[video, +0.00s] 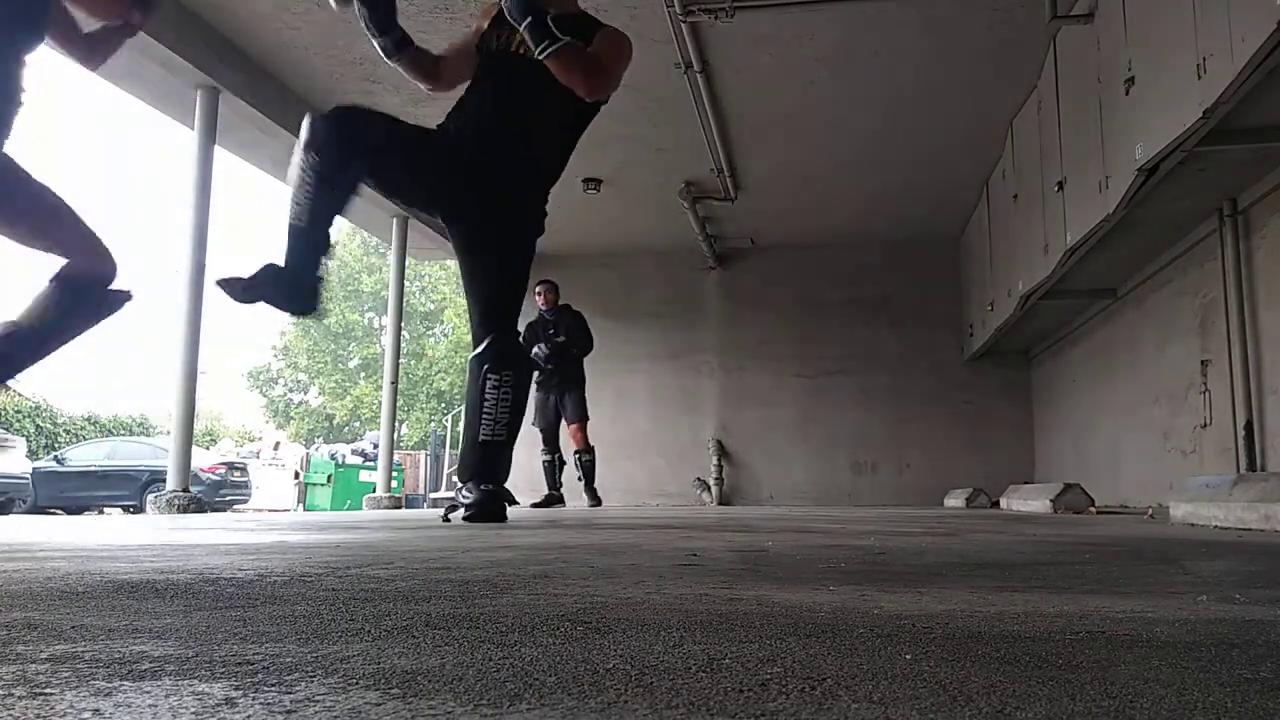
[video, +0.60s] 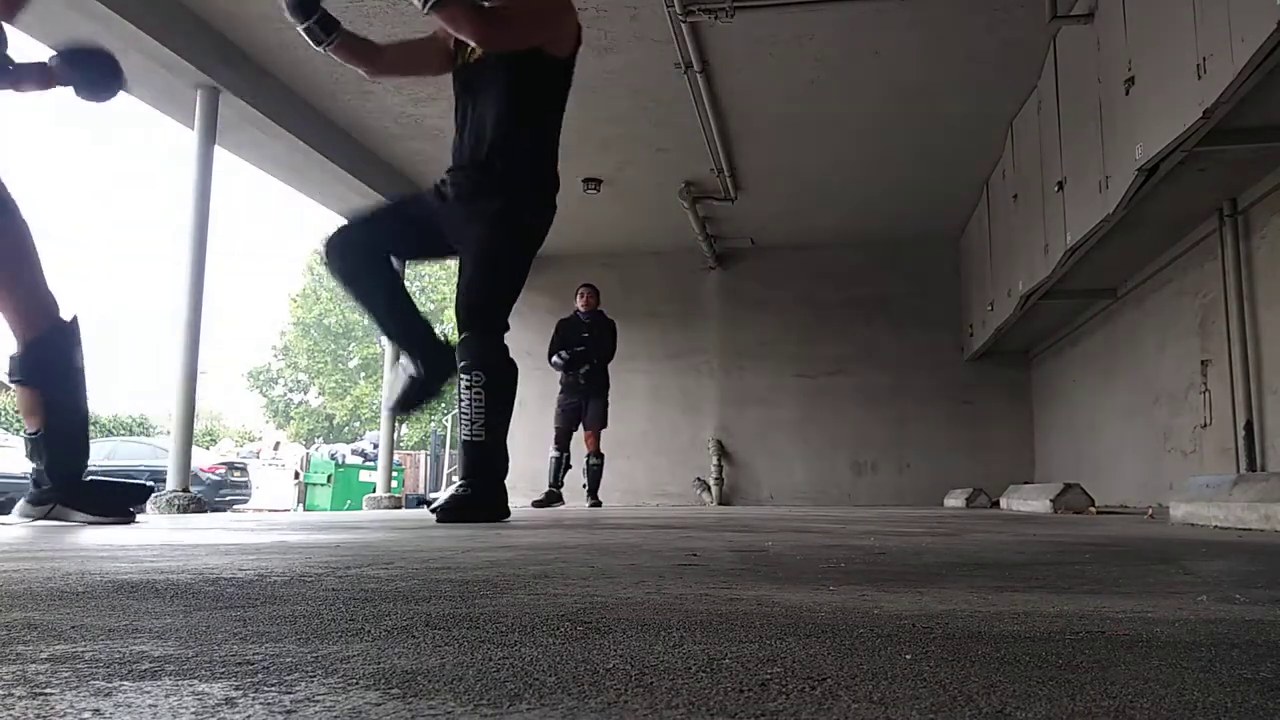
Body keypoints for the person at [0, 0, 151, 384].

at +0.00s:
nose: (124, 13)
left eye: (129, 9)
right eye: (128, 7)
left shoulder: (37, 8)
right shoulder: (34, 8)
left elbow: (89, 54)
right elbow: (89, 53)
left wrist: (133, 21)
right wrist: (136, 20)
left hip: (3, 167)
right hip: (2, 168)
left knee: (94, 263)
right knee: (95, 264)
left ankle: (13, 353)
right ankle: (12, 353)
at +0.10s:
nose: (105, 9)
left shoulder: (25, 15)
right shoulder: (23, 12)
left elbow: (77, 66)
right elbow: (77, 64)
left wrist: (131, 22)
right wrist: (134, 17)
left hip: (13, 159)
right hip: (10, 160)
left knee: (134, 264)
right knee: (136, 266)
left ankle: (65, 399)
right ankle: (62, 400)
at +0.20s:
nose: (126, 6)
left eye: (123, 7)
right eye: (120, 3)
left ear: (96, 2)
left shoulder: (61, 13)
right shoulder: (56, 9)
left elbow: (110, 66)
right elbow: (111, 67)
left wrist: (169, 59)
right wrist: (173, 58)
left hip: (20, 156)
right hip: (18, 158)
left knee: (91, 304)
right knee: (90, 304)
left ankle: (78, 470)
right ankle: (77, 469)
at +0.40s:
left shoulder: (77, 13)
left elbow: (87, 89)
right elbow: (90, 90)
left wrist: (118, 111)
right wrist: (118, 110)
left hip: (20, 163)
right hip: (14, 165)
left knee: (54, 323)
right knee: (54, 323)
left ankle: (60, 480)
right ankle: (61, 480)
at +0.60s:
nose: (23, 6)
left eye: (23, 3)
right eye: (22, 3)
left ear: (13, 3)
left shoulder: (3, 39)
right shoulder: (1, 37)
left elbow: (7, 78)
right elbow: (10, 77)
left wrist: (52, 72)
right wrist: (53, 72)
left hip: (2, 196)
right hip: (1, 197)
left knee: (36, 329)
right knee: (39, 328)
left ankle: (53, 484)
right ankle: (56, 484)